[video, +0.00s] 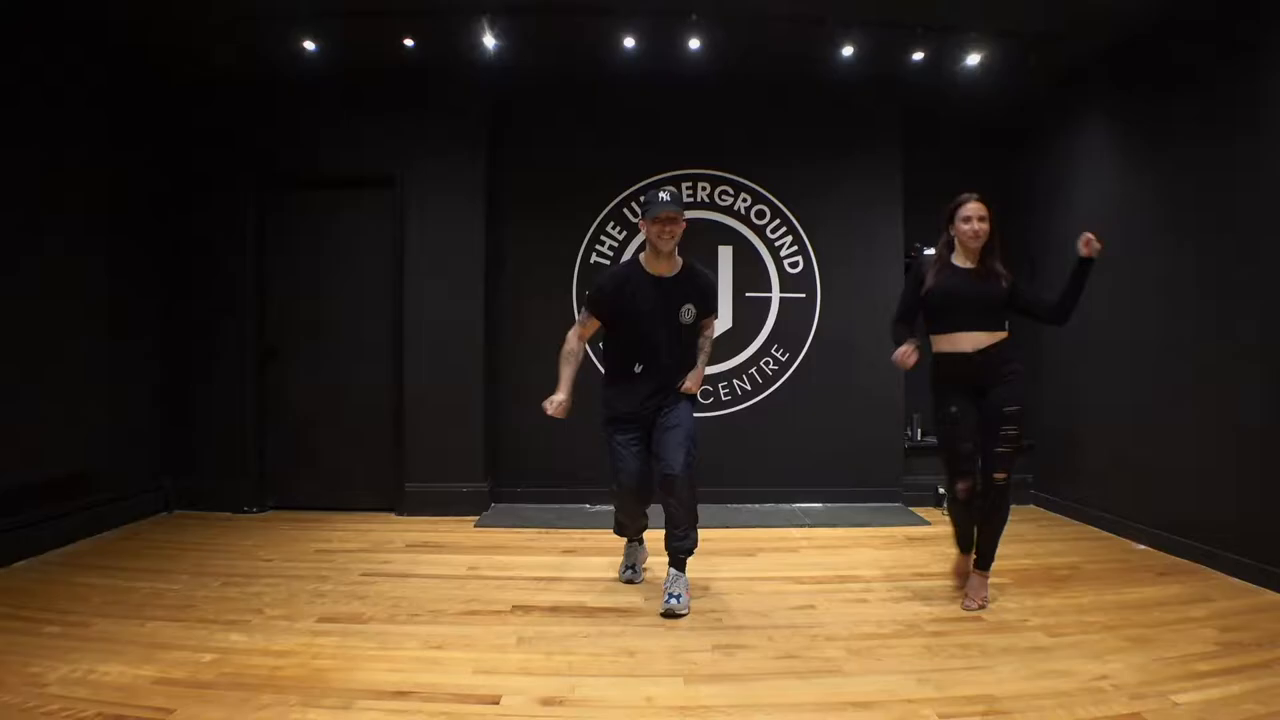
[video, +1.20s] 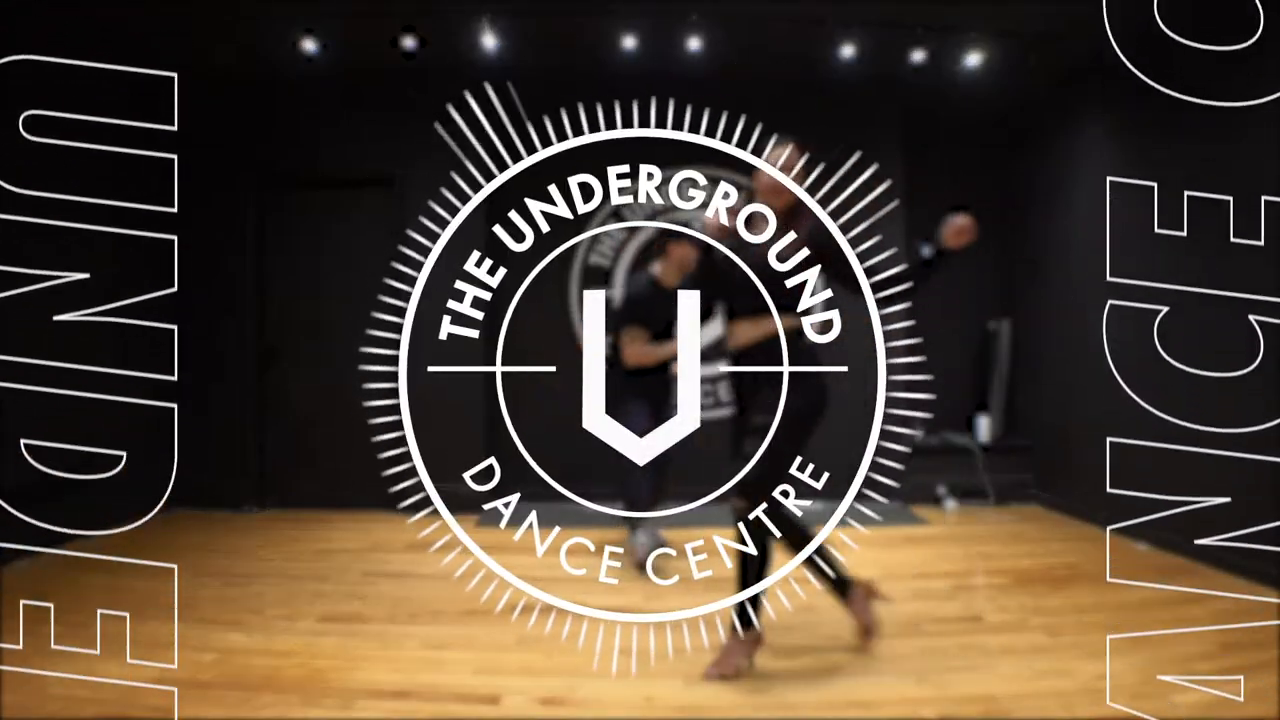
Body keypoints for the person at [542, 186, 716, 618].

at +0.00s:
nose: (668, 229)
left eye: (675, 222)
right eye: (660, 223)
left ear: (683, 225)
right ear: (644, 226)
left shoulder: (699, 282)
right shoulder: (615, 282)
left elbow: (706, 329)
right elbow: (576, 338)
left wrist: (699, 369)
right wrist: (564, 391)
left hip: (674, 396)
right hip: (624, 399)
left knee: (675, 475)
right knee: (629, 484)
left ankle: (677, 572)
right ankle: (634, 545)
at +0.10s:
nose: (662, 239)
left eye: (668, 231)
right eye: (654, 231)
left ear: (678, 236)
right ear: (637, 235)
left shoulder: (695, 293)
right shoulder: (607, 288)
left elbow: (707, 346)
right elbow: (580, 342)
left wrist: (694, 373)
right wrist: (605, 380)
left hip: (671, 405)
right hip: (618, 403)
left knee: (674, 480)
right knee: (625, 478)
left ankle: (677, 570)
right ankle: (634, 545)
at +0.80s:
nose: (632, 253)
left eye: (639, 245)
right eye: (626, 246)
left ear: (654, 246)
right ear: (618, 249)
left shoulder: (677, 291)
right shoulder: (606, 292)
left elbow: (691, 340)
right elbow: (588, 339)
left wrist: (683, 374)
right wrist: (606, 357)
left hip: (662, 388)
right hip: (620, 390)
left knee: (659, 457)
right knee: (626, 459)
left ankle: (648, 525)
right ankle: (633, 537)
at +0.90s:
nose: (640, 261)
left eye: (645, 252)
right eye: (633, 253)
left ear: (657, 252)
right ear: (623, 255)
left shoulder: (679, 292)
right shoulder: (612, 297)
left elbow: (690, 344)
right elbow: (611, 358)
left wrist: (683, 374)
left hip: (663, 392)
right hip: (622, 393)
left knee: (659, 459)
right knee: (629, 461)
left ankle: (643, 528)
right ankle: (636, 534)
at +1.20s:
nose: (691, 253)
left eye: (695, 246)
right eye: (684, 244)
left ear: (699, 252)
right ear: (667, 246)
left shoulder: (689, 292)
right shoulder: (642, 290)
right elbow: (631, 353)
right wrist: (685, 343)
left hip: (665, 387)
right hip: (633, 388)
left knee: (660, 455)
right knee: (639, 455)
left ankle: (646, 525)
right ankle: (640, 530)